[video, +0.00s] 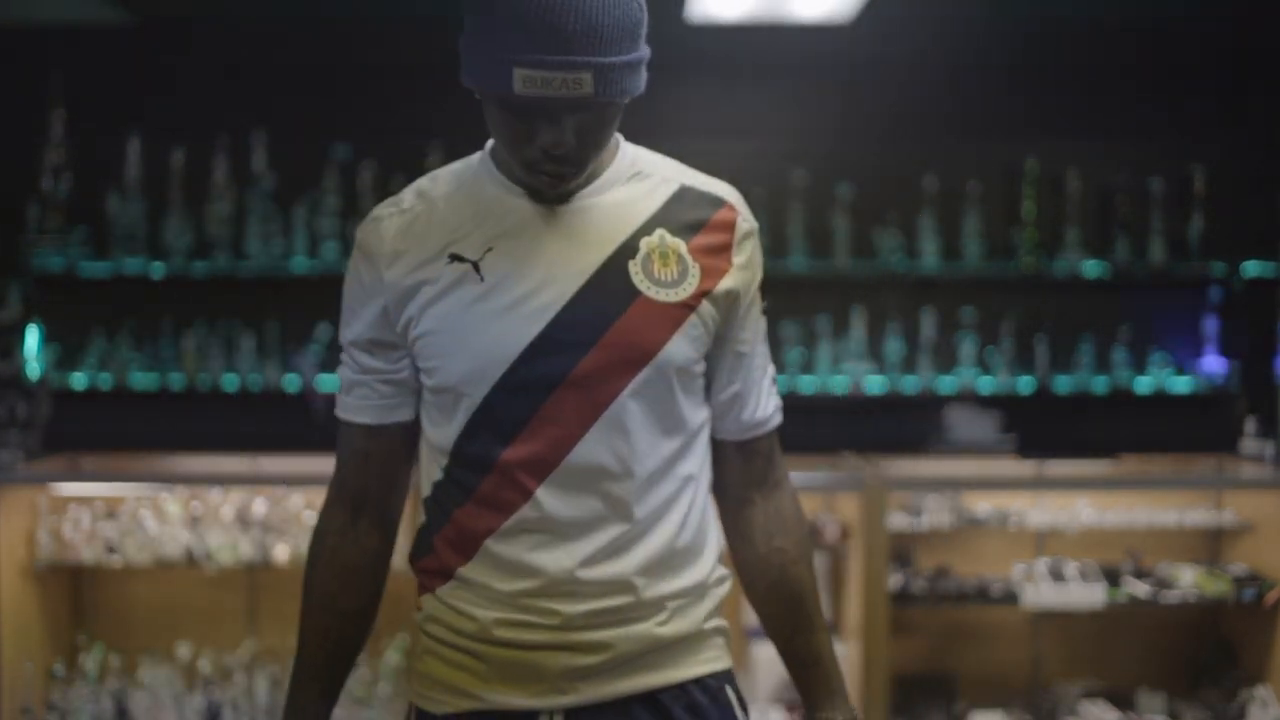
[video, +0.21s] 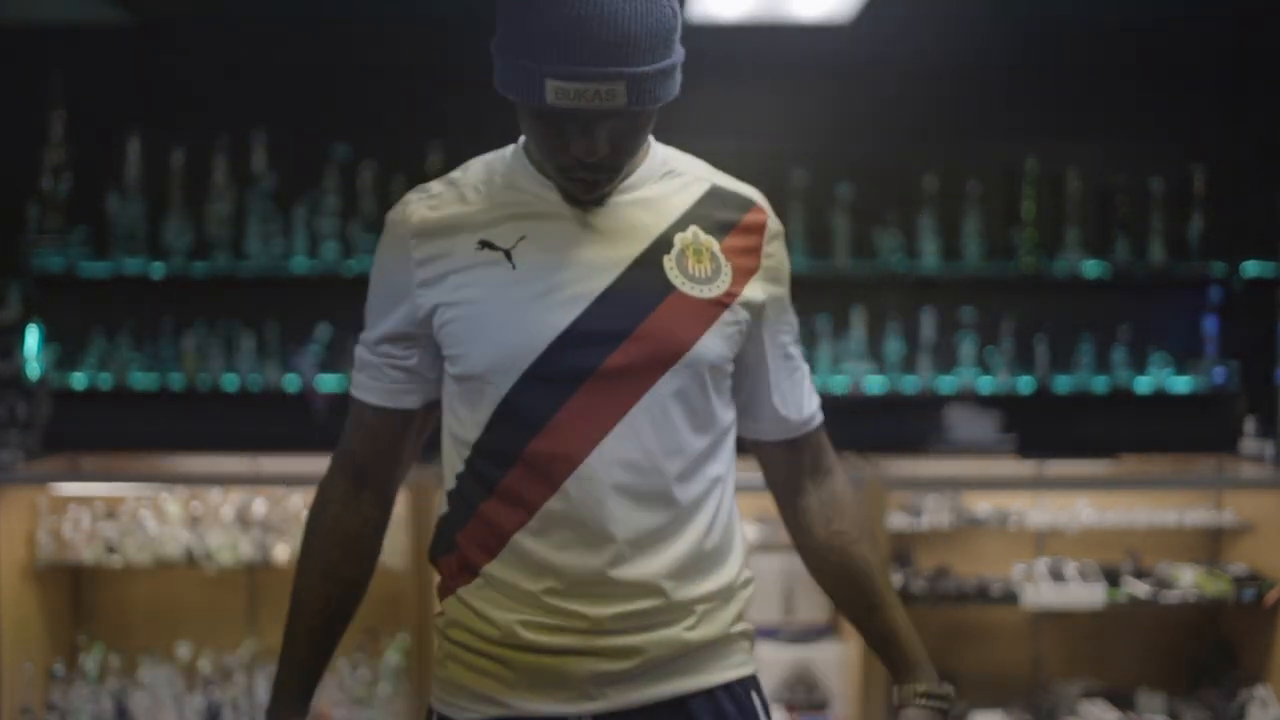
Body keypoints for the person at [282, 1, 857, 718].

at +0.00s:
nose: (559, 142)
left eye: (590, 111)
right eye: (528, 110)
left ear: (629, 90)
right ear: (481, 88)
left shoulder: (711, 223)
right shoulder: (398, 241)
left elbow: (756, 485)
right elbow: (360, 507)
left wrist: (830, 702)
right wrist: (304, 710)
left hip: (672, 684)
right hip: (470, 690)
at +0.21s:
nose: (592, 150)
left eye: (622, 120)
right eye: (562, 120)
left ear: (663, 87)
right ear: (514, 88)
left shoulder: (736, 224)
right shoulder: (428, 230)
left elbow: (808, 469)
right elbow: (360, 478)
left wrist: (919, 673)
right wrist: (286, 703)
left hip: (695, 682)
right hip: (493, 687)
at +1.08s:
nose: (864, 182)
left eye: (893, 156)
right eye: (841, 148)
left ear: (922, 132)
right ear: (769, 93)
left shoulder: (917, 257)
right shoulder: (633, 194)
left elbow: (916, 525)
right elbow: (545, 475)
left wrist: (932, 706)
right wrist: (765, 326)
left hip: (818, 681)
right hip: (624, 679)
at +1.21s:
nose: (880, 196)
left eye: (910, 171)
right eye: (855, 163)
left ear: (936, 144)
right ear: (789, 110)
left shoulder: (923, 268)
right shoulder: (643, 182)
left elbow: (897, 522)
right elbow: (577, 462)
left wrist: (891, 705)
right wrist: (778, 271)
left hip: (818, 683)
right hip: (625, 682)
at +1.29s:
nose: (880, 203)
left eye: (911, 178)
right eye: (855, 168)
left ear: (943, 152)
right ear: (786, 112)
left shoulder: (921, 267)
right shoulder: (647, 178)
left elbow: (886, 517)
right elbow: (586, 458)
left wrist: (872, 696)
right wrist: (779, 267)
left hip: (816, 684)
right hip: (622, 681)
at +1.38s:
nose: (878, 207)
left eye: (910, 182)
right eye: (854, 172)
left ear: (940, 155)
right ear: (783, 110)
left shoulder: (917, 266)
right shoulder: (645, 178)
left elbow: (878, 518)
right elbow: (586, 459)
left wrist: (859, 695)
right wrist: (779, 273)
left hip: (813, 684)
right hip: (618, 681)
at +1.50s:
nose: (867, 217)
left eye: (898, 192)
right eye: (846, 181)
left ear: (925, 163)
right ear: (776, 113)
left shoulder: (897, 263)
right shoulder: (625, 184)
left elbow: (863, 508)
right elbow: (565, 466)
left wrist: (857, 692)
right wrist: (761, 284)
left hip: (804, 683)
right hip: (611, 682)